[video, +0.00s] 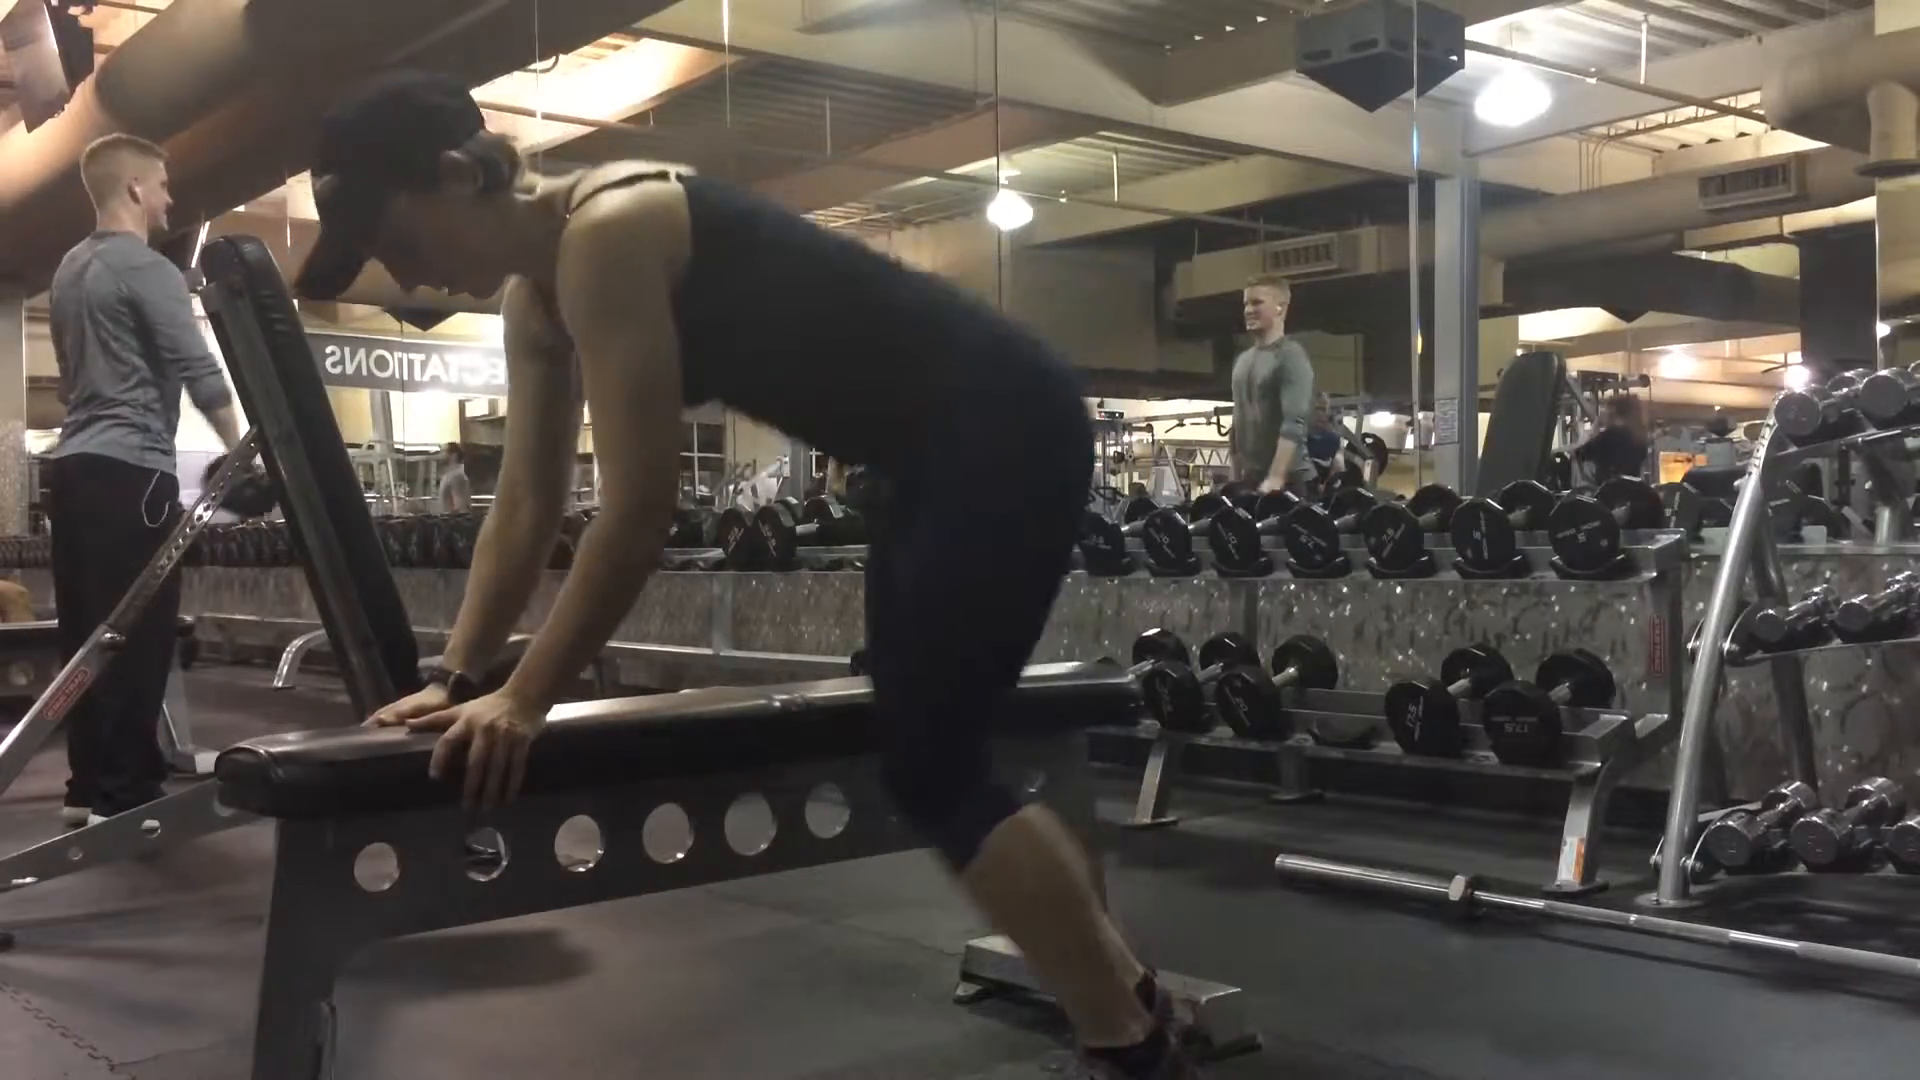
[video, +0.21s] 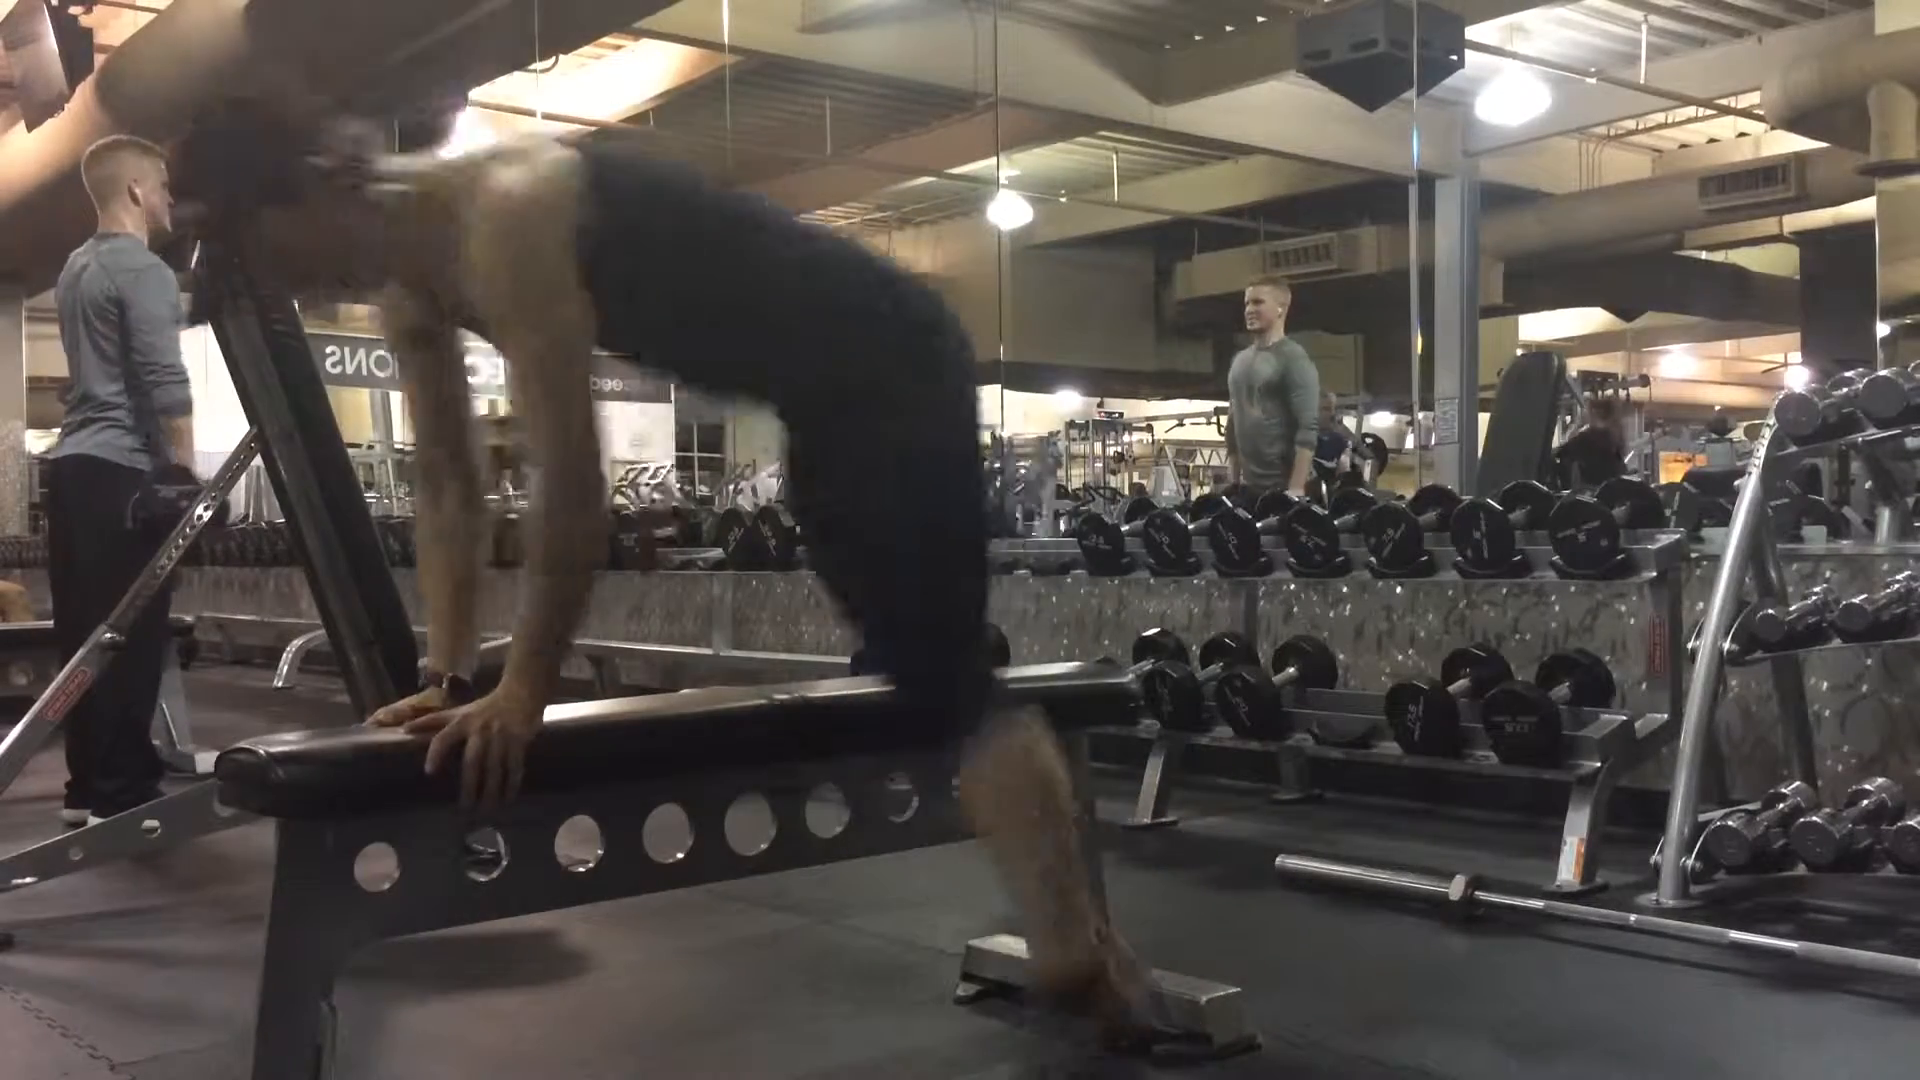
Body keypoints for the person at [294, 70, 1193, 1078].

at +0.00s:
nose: (402, 283)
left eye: (394, 245)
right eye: (382, 261)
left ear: (455, 179)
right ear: (454, 192)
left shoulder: (610, 239)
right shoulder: (539, 287)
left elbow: (638, 505)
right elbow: (525, 495)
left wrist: (522, 695)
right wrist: (458, 674)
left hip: (996, 430)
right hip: (926, 453)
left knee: (934, 769)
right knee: (936, 756)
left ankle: (1128, 1036)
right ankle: (1123, 992)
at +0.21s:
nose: (274, 281)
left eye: (260, 248)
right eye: (251, 263)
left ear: (314, 181)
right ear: (296, 210)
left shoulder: (512, 218)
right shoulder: (411, 279)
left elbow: (570, 492)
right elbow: (444, 478)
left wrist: (522, 688)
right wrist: (448, 670)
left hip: (887, 356)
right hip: (824, 385)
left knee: (957, 681)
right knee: (948, 677)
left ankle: (1077, 956)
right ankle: (1077, 940)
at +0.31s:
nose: (259, 300)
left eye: (240, 273)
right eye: (232, 290)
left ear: (266, 181)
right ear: (261, 190)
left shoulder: (444, 191)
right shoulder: (355, 265)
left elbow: (522, 453)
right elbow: (415, 473)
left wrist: (518, 684)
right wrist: (440, 672)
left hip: (811, 231)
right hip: (745, 271)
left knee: (842, 540)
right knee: (824, 542)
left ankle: (1070, 778)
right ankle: (1049, 752)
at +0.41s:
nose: (238, 324)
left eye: (222, 297)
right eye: (211, 313)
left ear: (253, 205)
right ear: (238, 216)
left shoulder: (425, 202)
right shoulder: (337, 266)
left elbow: (508, 459)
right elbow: (402, 475)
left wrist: (514, 687)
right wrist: (440, 670)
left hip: (776, 196)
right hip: (701, 235)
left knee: (717, 483)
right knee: (685, 504)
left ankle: (953, 444)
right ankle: (934, 441)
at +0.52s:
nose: (232, 341)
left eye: (213, 312)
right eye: (204, 329)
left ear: (247, 224)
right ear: (245, 227)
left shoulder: (421, 201)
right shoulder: (335, 286)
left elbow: (511, 458)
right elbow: (400, 478)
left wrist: (516, 692)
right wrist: (439, 677)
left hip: (748, 202)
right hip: (648, 230)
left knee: (633, 471)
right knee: (574, 473)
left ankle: (830, 369)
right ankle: (803, 373)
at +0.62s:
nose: (214, 340)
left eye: (198, 311)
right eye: (189, 326)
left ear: (240, 221)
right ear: (239, 225)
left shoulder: (418, 206)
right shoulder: (309, 284)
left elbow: (508, 459)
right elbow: (386, 485)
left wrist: (516, 691)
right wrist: (438, 680)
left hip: (718, 201)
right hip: (600, 245)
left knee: (607, 469)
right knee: (552, 473)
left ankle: (760, 530)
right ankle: (712, 545)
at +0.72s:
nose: (245, 320)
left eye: (222, 299)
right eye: (217, 314)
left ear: (246, 213)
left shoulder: (439, 199)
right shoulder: (302, 305)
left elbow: (534, 461)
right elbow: (374, 494)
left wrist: (518, 687)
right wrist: (440, 679)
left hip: (666, 286)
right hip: (551, 310)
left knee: (617, 556)